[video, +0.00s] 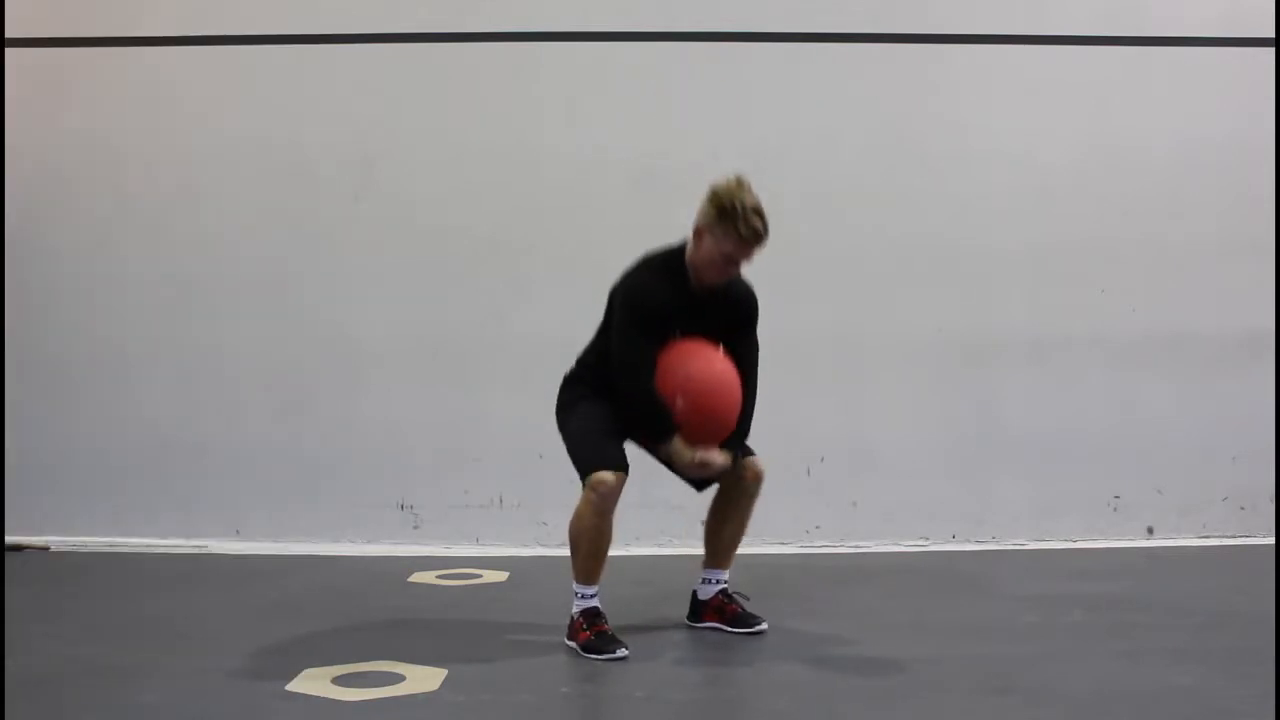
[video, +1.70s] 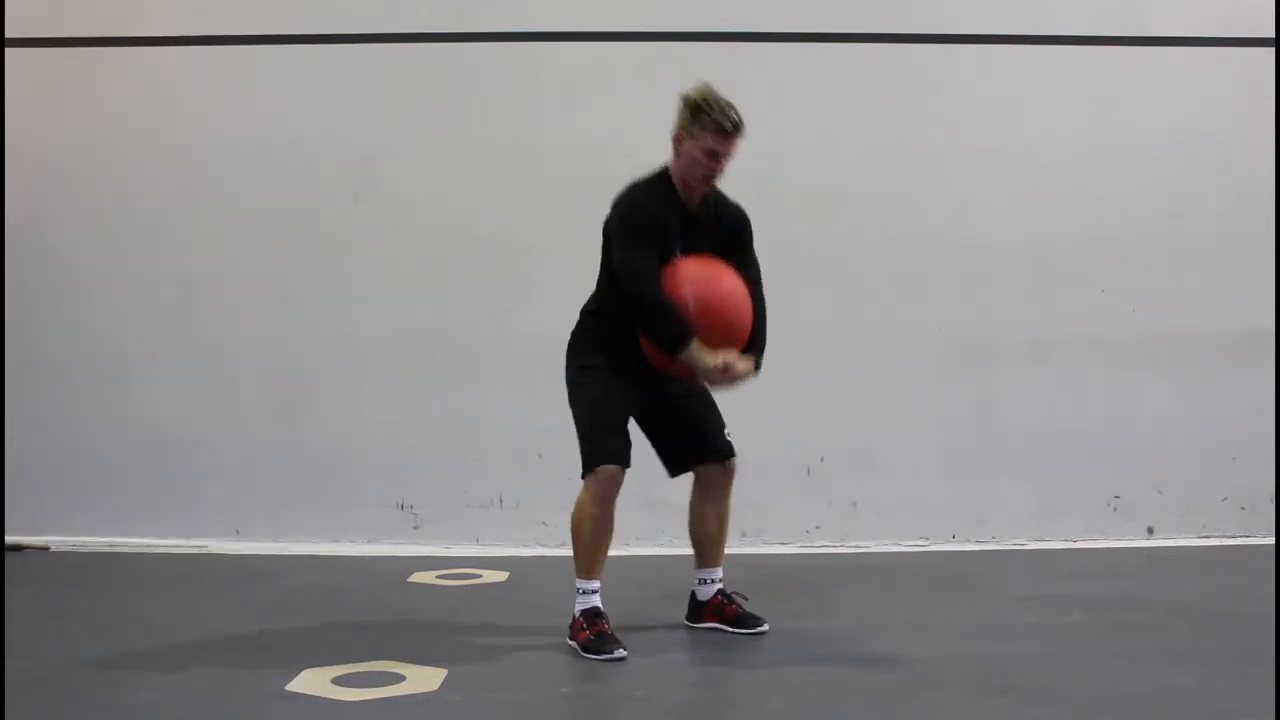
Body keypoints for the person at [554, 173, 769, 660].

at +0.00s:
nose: (733, 271)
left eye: (743, 261)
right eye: (726, 257)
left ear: (752, 253)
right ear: (698, 234)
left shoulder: (738, 300)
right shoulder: (645, 284)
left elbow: (743, 380)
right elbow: (627, 378)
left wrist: (729, 447)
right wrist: (671, 445)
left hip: (662, 403)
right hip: (596, 393)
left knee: (746, 473)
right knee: (605, 481)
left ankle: (710, 596)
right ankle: (585, 614)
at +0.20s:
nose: (739, 337)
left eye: (747, 327)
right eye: (733, 325)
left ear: (755, 319)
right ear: (701, 301)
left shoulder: (741, 365)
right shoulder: (647, 348)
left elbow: (746, 446)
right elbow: (633, 444)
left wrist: (728, 509)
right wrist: (677, 511)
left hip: (674, 458)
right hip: (600, 444)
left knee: (764, 482)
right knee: (600, 489)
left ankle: (711, 596)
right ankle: (586, 614)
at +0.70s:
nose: (736, 285)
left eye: (744, 275)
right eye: (729, 272)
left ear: (750, 271)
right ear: (698, 254)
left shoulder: (741, 325)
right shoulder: (647, 309)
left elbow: (749, 403)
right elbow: (634, 406)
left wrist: (738, 465)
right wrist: (688, 470)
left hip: (669, 421)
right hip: (602, 412)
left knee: (760, 477)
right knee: (606, 488)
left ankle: (711, 597)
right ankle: (586, 614)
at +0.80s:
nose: (731, 240)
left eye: (738, 231)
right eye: (724, 228)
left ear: (744, 228)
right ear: (694, 214)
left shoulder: (737, 288)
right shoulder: (644, 274)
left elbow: (749, 369)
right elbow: (633, 365)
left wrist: (740, 432)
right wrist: (685, 426)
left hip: (666, 400)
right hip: (603, 389)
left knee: (750, 473)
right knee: (606, 481)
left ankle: (710, 596)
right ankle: (586, 613)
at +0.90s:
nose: (712, 169)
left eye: (719, 160)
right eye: (704, 156)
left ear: (726, 163)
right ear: (675, 152)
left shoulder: (728, 231)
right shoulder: (635, 218)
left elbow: (748, 307)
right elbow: (630, 303)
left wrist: (746, 363)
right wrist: (693, 358)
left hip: (671, 364)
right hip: (607, 356)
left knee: (728, 464)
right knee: (609, 472)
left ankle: (709, 596)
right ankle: (586, 611)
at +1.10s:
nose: (684, 116)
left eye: (691, 106)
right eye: (672, 105)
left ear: (696, 109)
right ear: (642, 105)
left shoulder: (710, 177)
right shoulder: (615, 173)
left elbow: (752, 246)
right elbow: (639, 241)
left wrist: (758, 282)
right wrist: (713, 283)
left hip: (680, 338)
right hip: (618, 339)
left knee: (703, 460)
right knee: (612, 468)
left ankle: (707, 597)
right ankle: (587, 611)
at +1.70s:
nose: (715, 164)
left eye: (723, 155)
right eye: (707, 151)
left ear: (732, 155)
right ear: (678, 140)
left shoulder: (729, 220)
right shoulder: (636, 206)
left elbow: (750, 296)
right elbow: (636, 291)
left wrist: (748, 356)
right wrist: (693, 351)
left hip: (667, 360)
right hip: (604, 352)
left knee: (717, 463)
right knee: (607, 468)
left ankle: (708, 596)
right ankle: (587, 611)